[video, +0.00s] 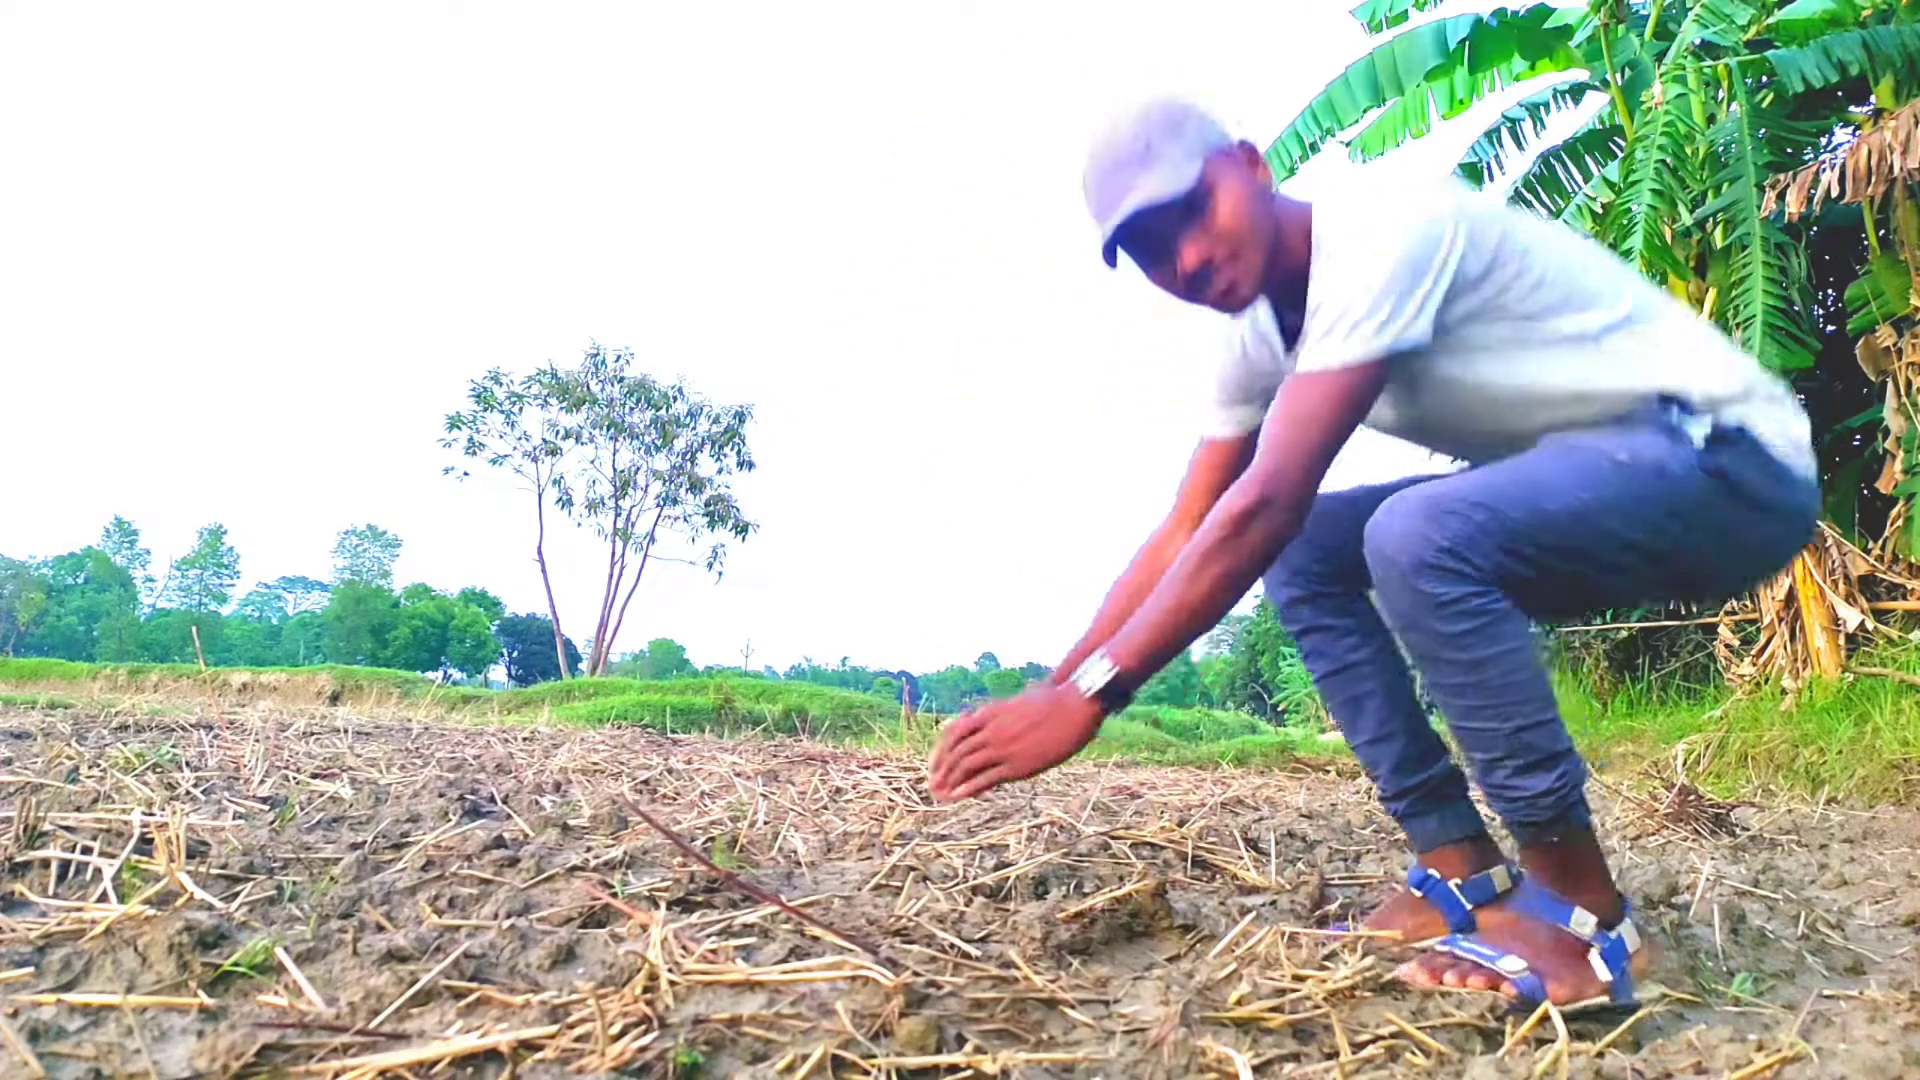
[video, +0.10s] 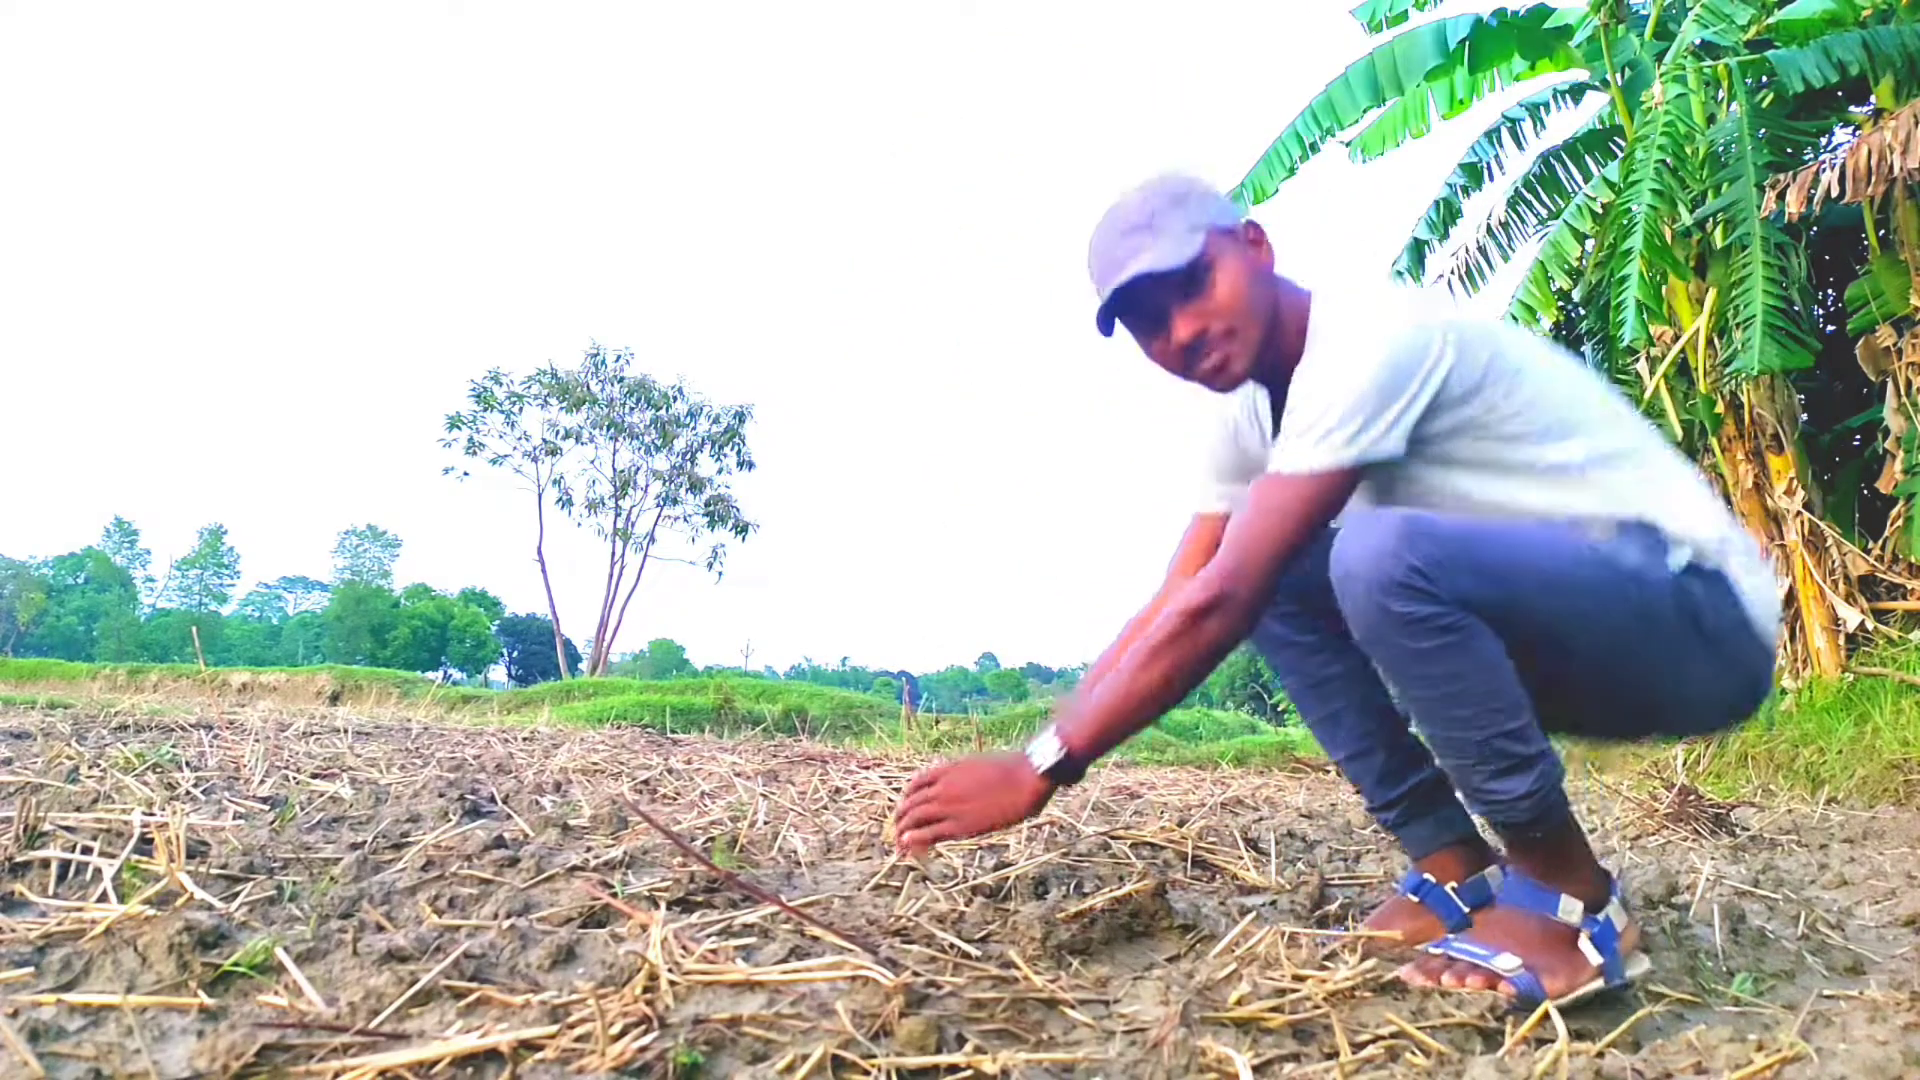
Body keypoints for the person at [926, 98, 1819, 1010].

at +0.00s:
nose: (1184, 261)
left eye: (1190, 212)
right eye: (1148, 251)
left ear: (1250, 168)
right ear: (1142, 270)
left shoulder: (1387, 224)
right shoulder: (1261, 333)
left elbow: (1265, 513)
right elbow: (1193, 521)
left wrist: (1088, 699)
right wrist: (1061, 686)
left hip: (1720, 457)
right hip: (1596, 468)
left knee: (1423, 543)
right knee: (1310, 551)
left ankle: (1581, 918)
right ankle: (1462, 881)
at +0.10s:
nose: (1176, 333)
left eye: (1185, 285)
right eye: (1142, 321)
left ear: (1256, 245)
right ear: (1135, 342)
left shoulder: (1374, 341)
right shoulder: (1246, 419)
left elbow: (1222, 606)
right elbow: (1181, 604)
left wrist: (1040, 767)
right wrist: (1037, 763)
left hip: (1697, 617)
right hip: (1582, 640)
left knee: (1382, 555)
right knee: (1275, 576)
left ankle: (1568, 897)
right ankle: (1454, 873)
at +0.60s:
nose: (1178, 293)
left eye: (1204, 250)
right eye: (1148, 275)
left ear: (1277, 247)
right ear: (1138, 306)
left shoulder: (1360, 371)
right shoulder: (1246, 451)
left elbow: (1179, 611)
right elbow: (1182, 632)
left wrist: (983, 697)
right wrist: (985, 695)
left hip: (1630, 705)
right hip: (1522, 723)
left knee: (1305, 588)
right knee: (1215, 615)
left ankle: (1544, 881)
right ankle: (1442, 869)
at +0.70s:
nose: (1189, 269)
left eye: (1217, 227)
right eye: (1160, 251)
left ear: (1291, 231)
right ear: (1151, 286)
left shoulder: (1374, 347)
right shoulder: (1266, 428)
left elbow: (1171, 566)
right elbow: (1157, 611)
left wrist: (962, 605)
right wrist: (972, 613)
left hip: (1620, 694)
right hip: (1507, 715)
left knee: (1304, 593)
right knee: (1199, 608)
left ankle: (1548, 876)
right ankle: (1443, 867)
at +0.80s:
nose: (1210, 242)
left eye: (1238, 204)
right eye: (1183, 223)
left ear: (1312, 208)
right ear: (1170, 256)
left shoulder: (1383, 320)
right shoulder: (1281, 390)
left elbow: (1148, 473)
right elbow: (1124, 531)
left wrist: (947, 448)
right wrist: (953, 461)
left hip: (1608, 694)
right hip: (1497, 713)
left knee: (1298, 589)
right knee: (1180, 610)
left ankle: (1544, 872)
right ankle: (1439, 869)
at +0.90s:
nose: (1225, 230)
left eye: (1255, 195)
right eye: (1197, 211)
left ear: (1326, 199)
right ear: (1182, 241)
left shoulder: (1389, 306)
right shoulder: (1278, 380)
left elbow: (1139, 395)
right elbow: (1099, 482)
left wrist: (952, 347)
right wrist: (959, 372)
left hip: (1598, 697)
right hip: (1484, 713)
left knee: (1289, 595)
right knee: (1168, 624)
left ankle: (1534, 862)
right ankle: (1435, 870)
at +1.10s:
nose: (1246, 205)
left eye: (1277, 169)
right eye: (1221, 187)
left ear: (1350, 179)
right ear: (1207, 216)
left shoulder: (1410, 265)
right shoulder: (1281, 349)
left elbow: (1153, 282)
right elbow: (1093, 390)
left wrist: (992, 206)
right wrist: (984, 239)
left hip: (1585, 682)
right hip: (1464, 694)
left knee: (1279, 597)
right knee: (1158, 639)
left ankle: (1535, 859)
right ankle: (1436, 865)